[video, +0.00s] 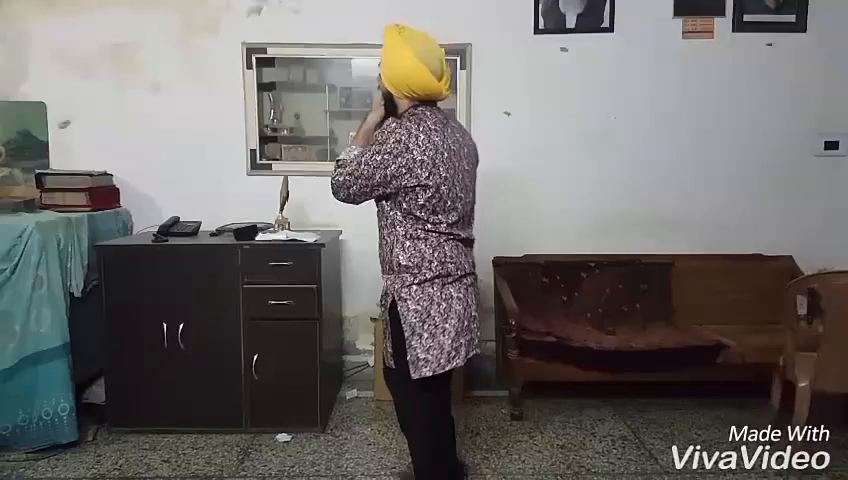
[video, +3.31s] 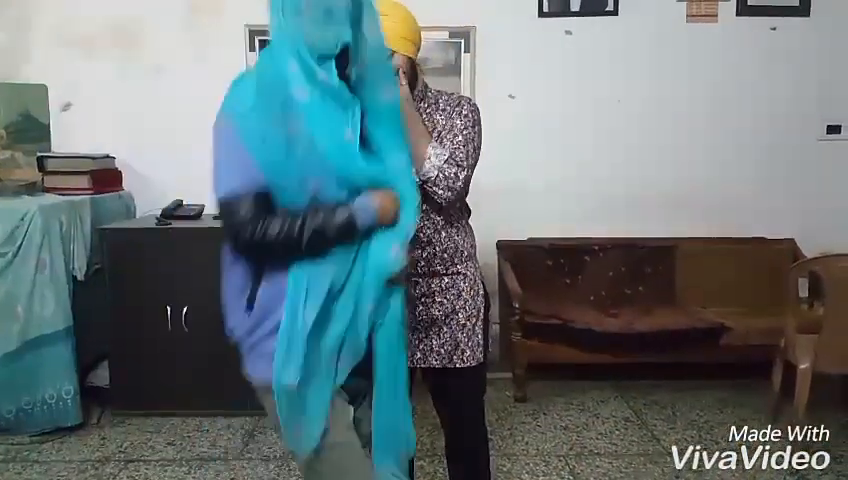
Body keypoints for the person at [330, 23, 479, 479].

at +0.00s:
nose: (381, 80)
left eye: (383, 74)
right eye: (385, 72)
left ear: (392, 85)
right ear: (435, 80)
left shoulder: (405, 140)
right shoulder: (459, 135)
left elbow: (345, 185)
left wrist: (362, 134)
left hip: (416, 293)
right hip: (456, 285)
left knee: (415, 405)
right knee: (434, 397)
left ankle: (434, 472)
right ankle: (444, 465)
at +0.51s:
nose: (384, 78)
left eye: (392, 71)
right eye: (387, 71)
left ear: (415, 80)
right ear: (412, 80)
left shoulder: (430, 130)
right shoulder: (400, 128)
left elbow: (373, 180)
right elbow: (375, 174)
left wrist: (371, 124)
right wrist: (373, 121)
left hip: (426, 267)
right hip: (398, 265)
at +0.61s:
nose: (393, 75)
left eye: (403, 69)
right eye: (393, 67)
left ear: (424, 78)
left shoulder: (435, 130)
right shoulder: (402, 126)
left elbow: (387, 180)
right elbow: (379, 196)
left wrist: (380, 129)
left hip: (428, 262)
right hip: (402, 258)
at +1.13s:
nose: (432, 61)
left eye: (443, 56)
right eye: (427, 53)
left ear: (460, 70)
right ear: (414, 60)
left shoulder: (469, 119)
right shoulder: (390, 115)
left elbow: (460, 170)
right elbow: (361, 163)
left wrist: (430, 107)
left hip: (450, 250)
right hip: (393, 248)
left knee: (449, 345)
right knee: (396, 345)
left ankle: (446, 451)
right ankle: (402, 444)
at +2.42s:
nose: (364, 61)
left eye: (372, 49)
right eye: (358, 54)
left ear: (405, 47)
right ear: (358, 58)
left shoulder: (454, 104)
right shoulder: (357, 122)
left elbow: (435, 172)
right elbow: (337, 205)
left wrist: (389, 110)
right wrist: (330, 281)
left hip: (447, 285)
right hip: (374, 288)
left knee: (467, 415)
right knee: (387, 420)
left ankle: (478, 476)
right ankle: (397, 476)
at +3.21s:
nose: (375, 69)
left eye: (385, 56)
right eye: (365, 61)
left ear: (411, 54)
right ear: (355, 64)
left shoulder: (456, 110)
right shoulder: (350, 119)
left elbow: (449, 189)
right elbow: (338, 199)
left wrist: (405, 117)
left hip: (446, 295)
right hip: (376, 296)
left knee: (464, 429)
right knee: (384, 429)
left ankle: (471, 473)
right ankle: (395, 475)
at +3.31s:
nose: (382, 71)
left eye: (391, 61)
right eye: (373, 60)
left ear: (409, 62)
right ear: (359, 61)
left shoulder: (455, 111)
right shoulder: (347, 115)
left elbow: (447, 184)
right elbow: (334, 189)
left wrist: (402, 103)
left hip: (444, 287)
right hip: (373, 289)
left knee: (464, 425)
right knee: (382, 426)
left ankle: (470, 475)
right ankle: (395, 474)